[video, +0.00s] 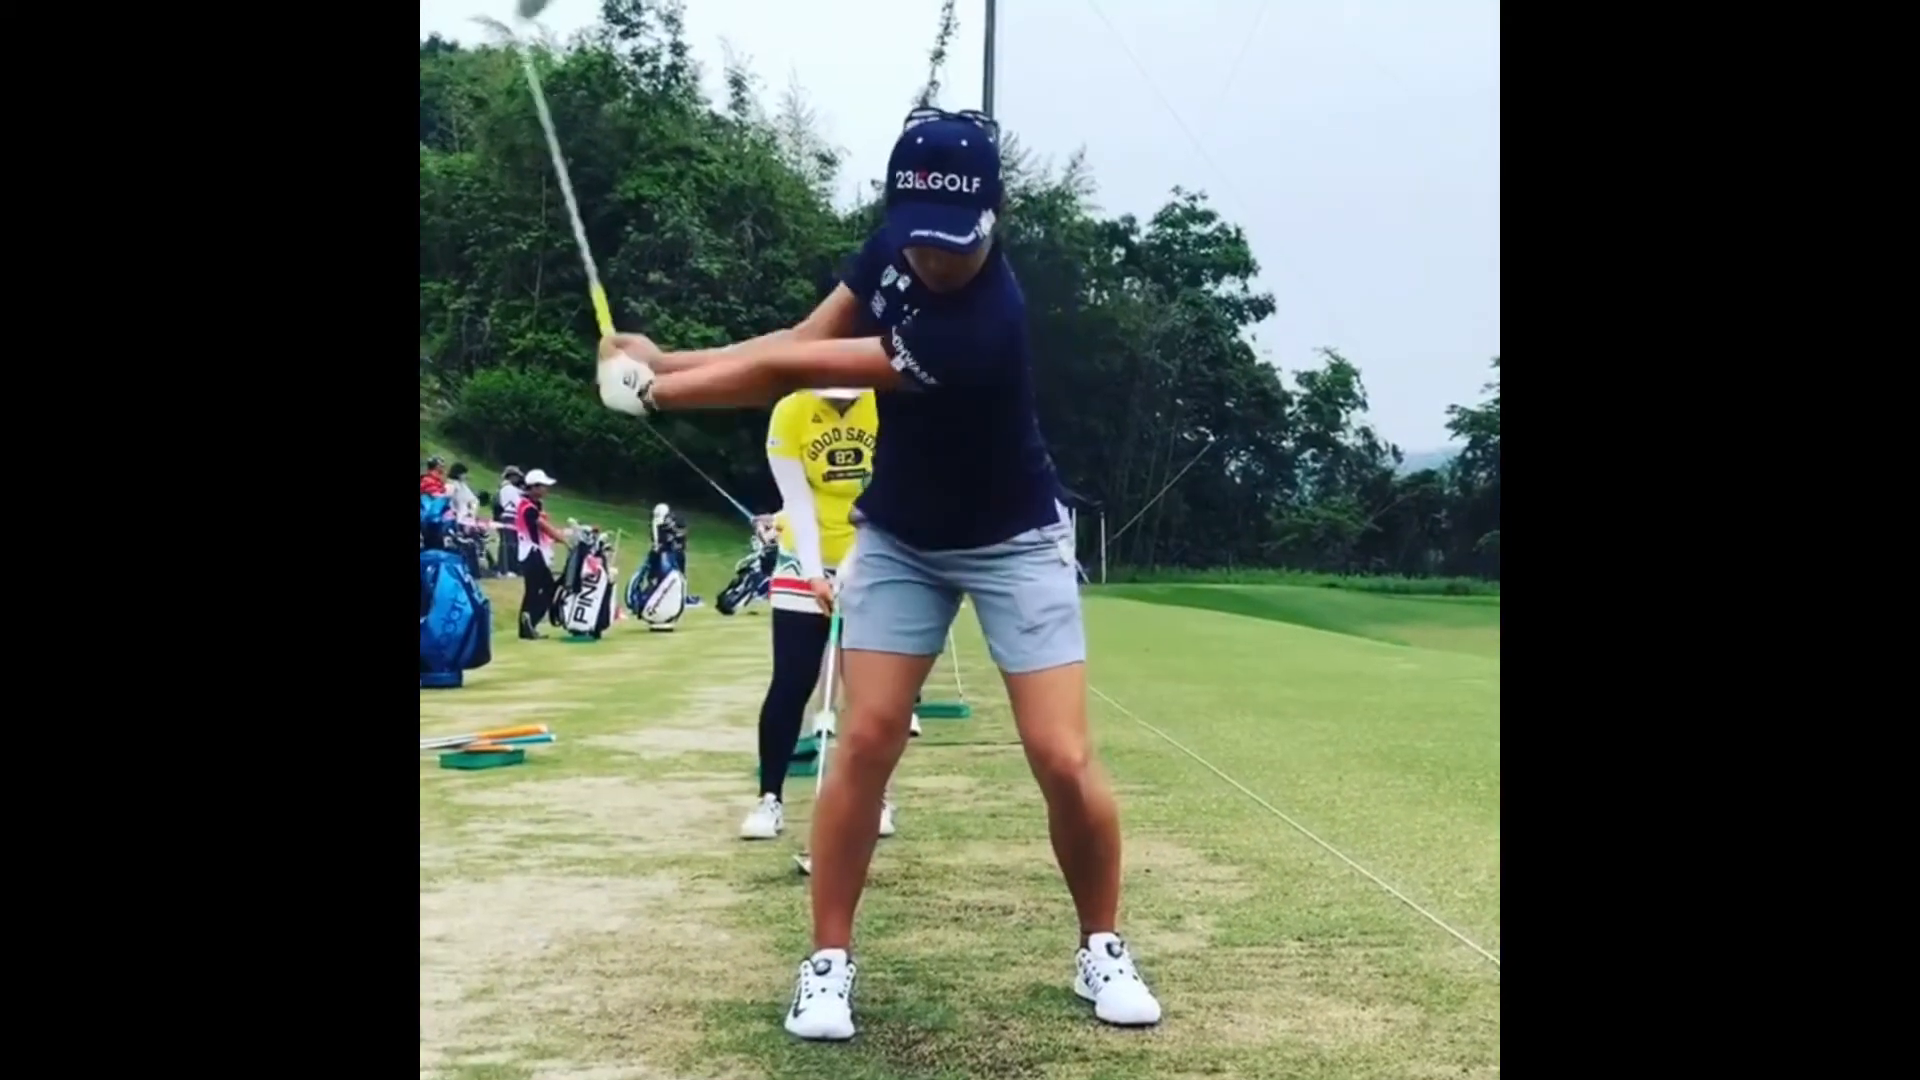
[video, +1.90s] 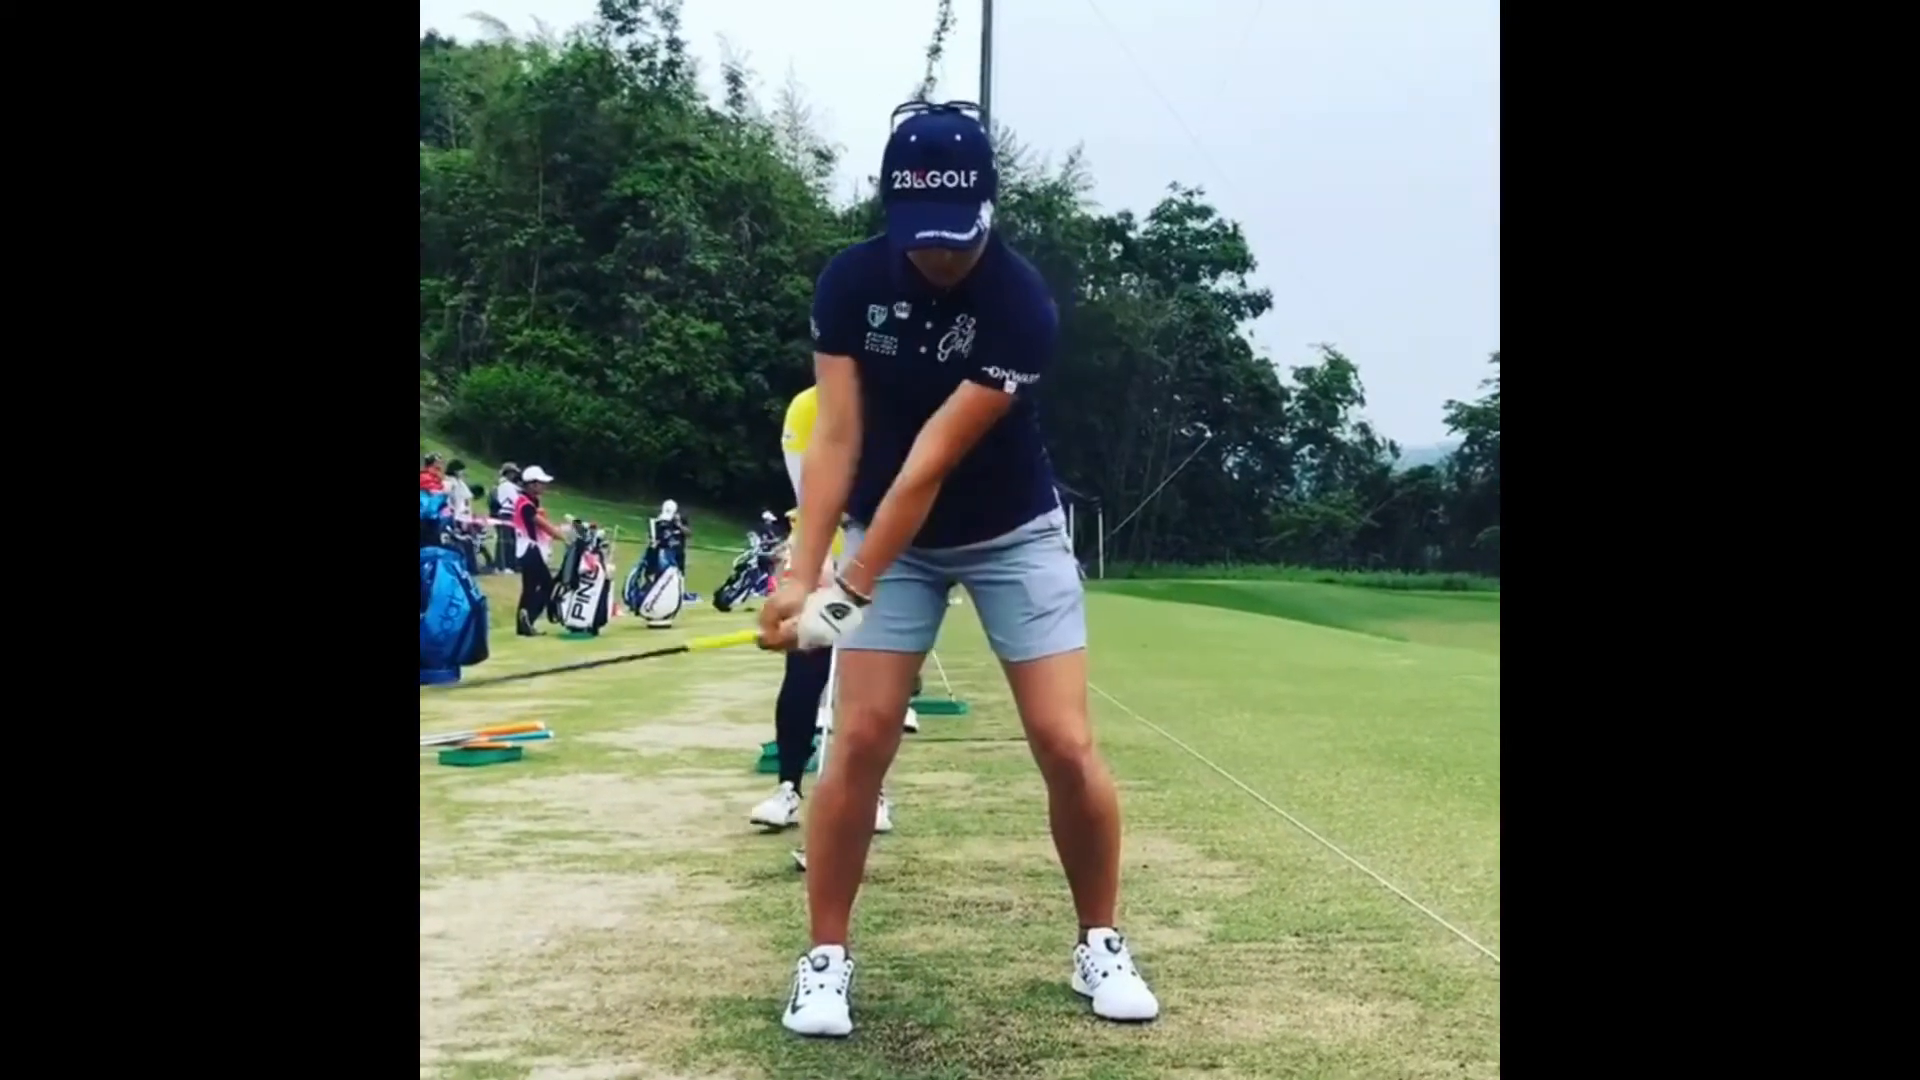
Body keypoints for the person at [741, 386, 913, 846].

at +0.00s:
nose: (839, 380)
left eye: (847, 365)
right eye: (826, 364)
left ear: (868, 358)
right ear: (811, 361)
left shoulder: (887, 404)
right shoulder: (791, 413)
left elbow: (898, 486)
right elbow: (797, 502)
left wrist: (870, 560)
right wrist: (813, 570)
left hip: (871, 556)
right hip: (804, 560)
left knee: (878, 689)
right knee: (792, 682)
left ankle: (875, 790)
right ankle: (770, 798)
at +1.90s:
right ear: (837, 348)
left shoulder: (898, 409)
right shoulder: (806, 408)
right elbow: (809, 501)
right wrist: (819, 567)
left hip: (885, 546)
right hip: (825, 548)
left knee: (877, 680)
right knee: (806, 666)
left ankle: (872, 786)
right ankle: (788, 785)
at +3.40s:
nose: (799, 421)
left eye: (809, 410)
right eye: (789, 409)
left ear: (830, 394)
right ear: (775, 393)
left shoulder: (861, 430)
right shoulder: (753, 442)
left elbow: (845, 512)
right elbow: (764, 526)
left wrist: (808, 582)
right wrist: (774, 592)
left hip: (836, 580)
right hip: (764, 577)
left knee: (838, 696)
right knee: (746, 696)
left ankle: (852, 814)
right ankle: (715, 815)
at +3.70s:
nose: (789, 423)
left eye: (800, 412)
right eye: (780, 411)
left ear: (819, 397)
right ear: (765, 397)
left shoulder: (849, 435)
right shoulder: (741, 445)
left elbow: (833, 515)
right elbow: (755, 530)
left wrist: (798, 588)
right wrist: (770, 599)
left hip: (823, 586)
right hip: (751, 584)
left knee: (831, 703)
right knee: (735, 702)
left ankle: (849, 816)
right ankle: (709, 820)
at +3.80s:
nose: (848, 358)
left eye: (859, 349)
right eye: (840, 347)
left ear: (881, 347)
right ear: (830, 347)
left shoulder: (895, 401)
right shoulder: (809, 402)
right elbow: (809, 496)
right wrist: (830, 559)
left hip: (873, 564)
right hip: (813, 563)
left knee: (872, 691)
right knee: (816, 680)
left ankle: (867, 785)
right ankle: (810, 787)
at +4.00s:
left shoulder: (898, 409)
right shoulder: (806, 409)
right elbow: (809, 501)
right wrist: (818, 563)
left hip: (884, 547)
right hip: (825, 549)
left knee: (876, 681)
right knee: (805, 667)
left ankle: (871, 786)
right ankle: (789, 786)